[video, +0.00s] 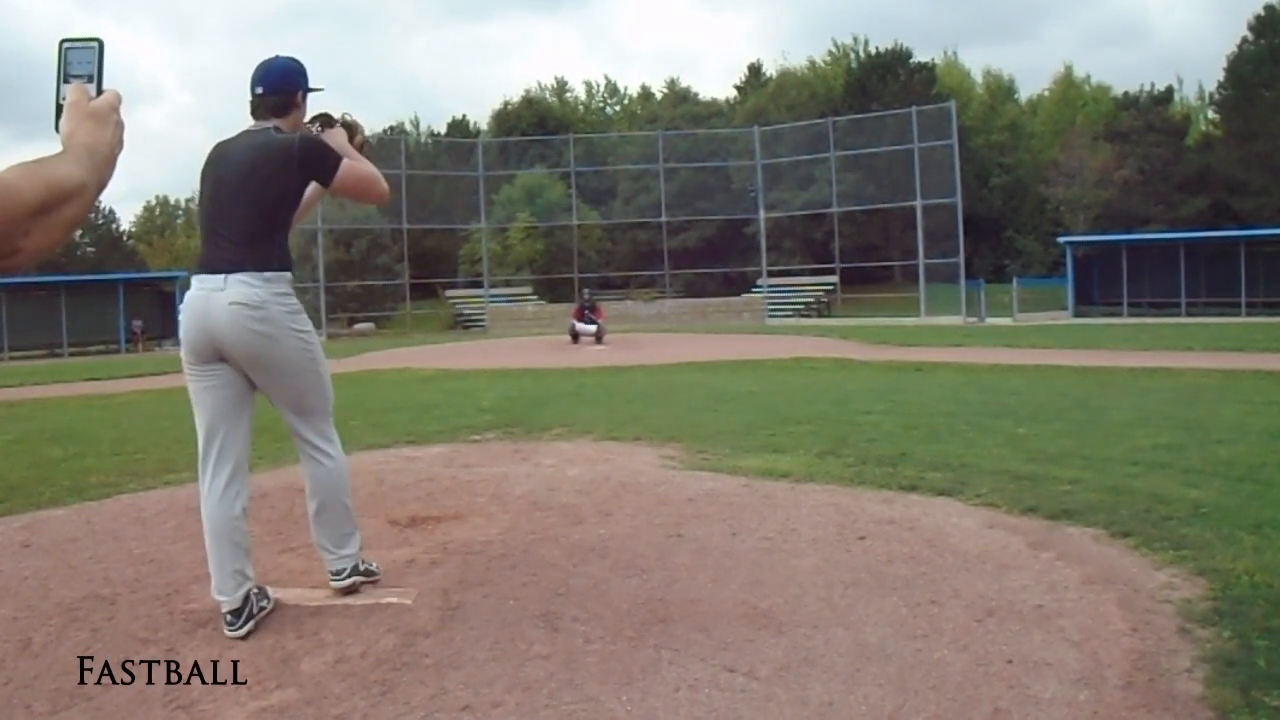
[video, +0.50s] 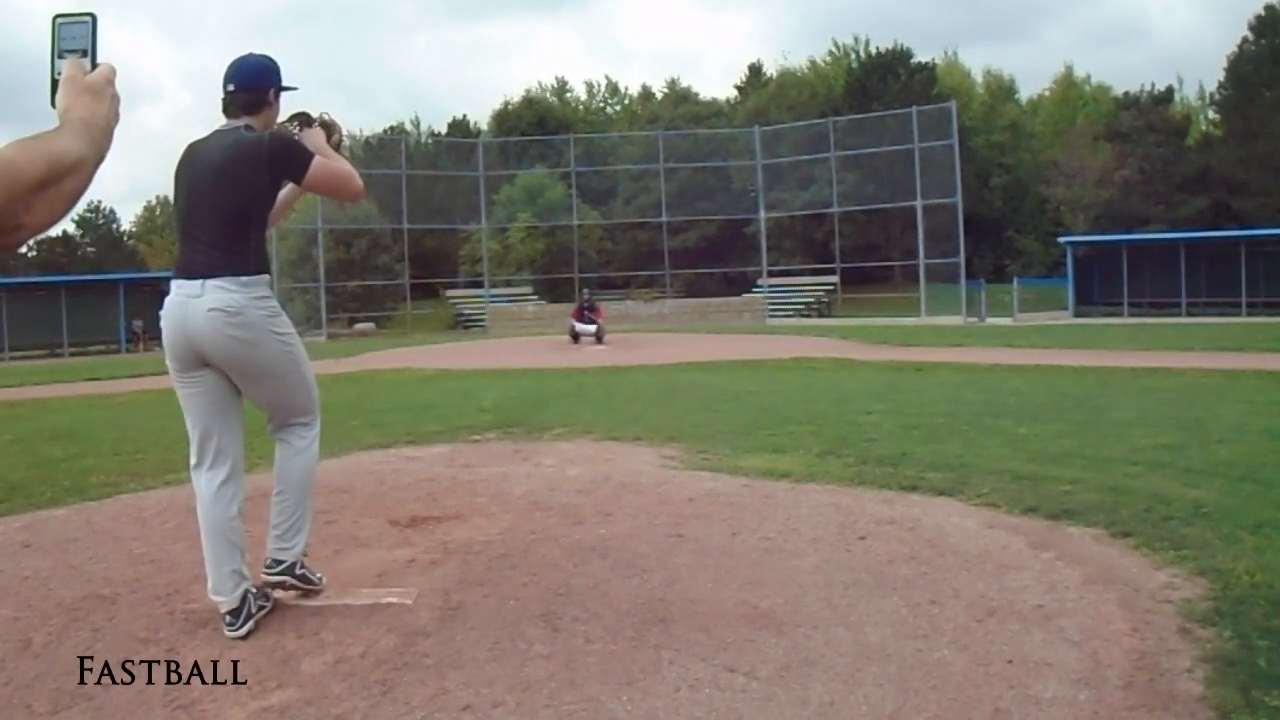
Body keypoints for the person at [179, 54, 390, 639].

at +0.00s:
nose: (306, 107)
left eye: (300, 98)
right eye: (306, 99)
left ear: (254, 102)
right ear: (300, 102)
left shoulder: (220, 153)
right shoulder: (300, 145)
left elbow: (274, 221)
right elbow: (377, 188)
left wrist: (320, 167)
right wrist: (344, 145)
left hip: (198, 302)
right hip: (261, 301)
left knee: (220, 462)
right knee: (317, 437)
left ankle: (236, 602)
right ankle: (344, 562)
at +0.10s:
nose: (297, 108)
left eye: (292, 99)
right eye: (297, 99)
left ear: (244, 101)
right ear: (289, 102)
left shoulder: (210, 153)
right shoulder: (289, 143)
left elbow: (265, 221)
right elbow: (365, 189)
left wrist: (312, 166)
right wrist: (335, 146)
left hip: (188, 304)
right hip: (251, 302)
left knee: (216, 463)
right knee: (310, 431)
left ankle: (234, 601)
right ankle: (329, 560)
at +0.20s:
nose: (289, 107)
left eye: (284, 98)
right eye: (289, 99)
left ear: (236, 100)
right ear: (281, 101)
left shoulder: (202, 152)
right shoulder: (282, 144)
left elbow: (263, 219)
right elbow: (357, 191)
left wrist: (304, 162)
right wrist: (328, 147)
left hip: (182, 305)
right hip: (244, 302)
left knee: (214, 461)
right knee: (302, 421)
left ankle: (234, 600)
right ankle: (304, 557)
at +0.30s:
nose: (284, 106)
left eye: (279, 98)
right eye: (283, 98)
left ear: (230, 99)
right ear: (275, 100)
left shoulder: (196, 152)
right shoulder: (275, 143)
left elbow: (256, 219)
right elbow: (352, 189)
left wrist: (301, 164)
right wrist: (323, 145)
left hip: (180, 306)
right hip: (240, 302)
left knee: (214, 463)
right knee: (297, 423)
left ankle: (234, 602)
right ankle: (288, 558)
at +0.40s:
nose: (280, 107)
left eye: (276, 98)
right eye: (280, 98)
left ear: (227, 100)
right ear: (272, 100)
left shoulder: (194, 152)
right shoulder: (273, 143)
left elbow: (257, 218)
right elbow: (351, 187)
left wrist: (299, 161)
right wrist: (321, 144)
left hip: (179, 308)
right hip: (240, 304)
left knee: (214, 462)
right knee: (294, 426)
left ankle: (233, 602)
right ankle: (285, 561)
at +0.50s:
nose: (279, 107)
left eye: (274, 98)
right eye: (280, 99)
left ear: (226, 100)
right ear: (272, 101)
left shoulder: (194, 153)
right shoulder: (273, 145)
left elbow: (259, 218)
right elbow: (352, 186)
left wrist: (300, 160)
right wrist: (321, 143)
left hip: (178, 310)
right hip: (239, 306)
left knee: (213, 462)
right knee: (297, 423)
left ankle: (234, 602)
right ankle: (286, 557)